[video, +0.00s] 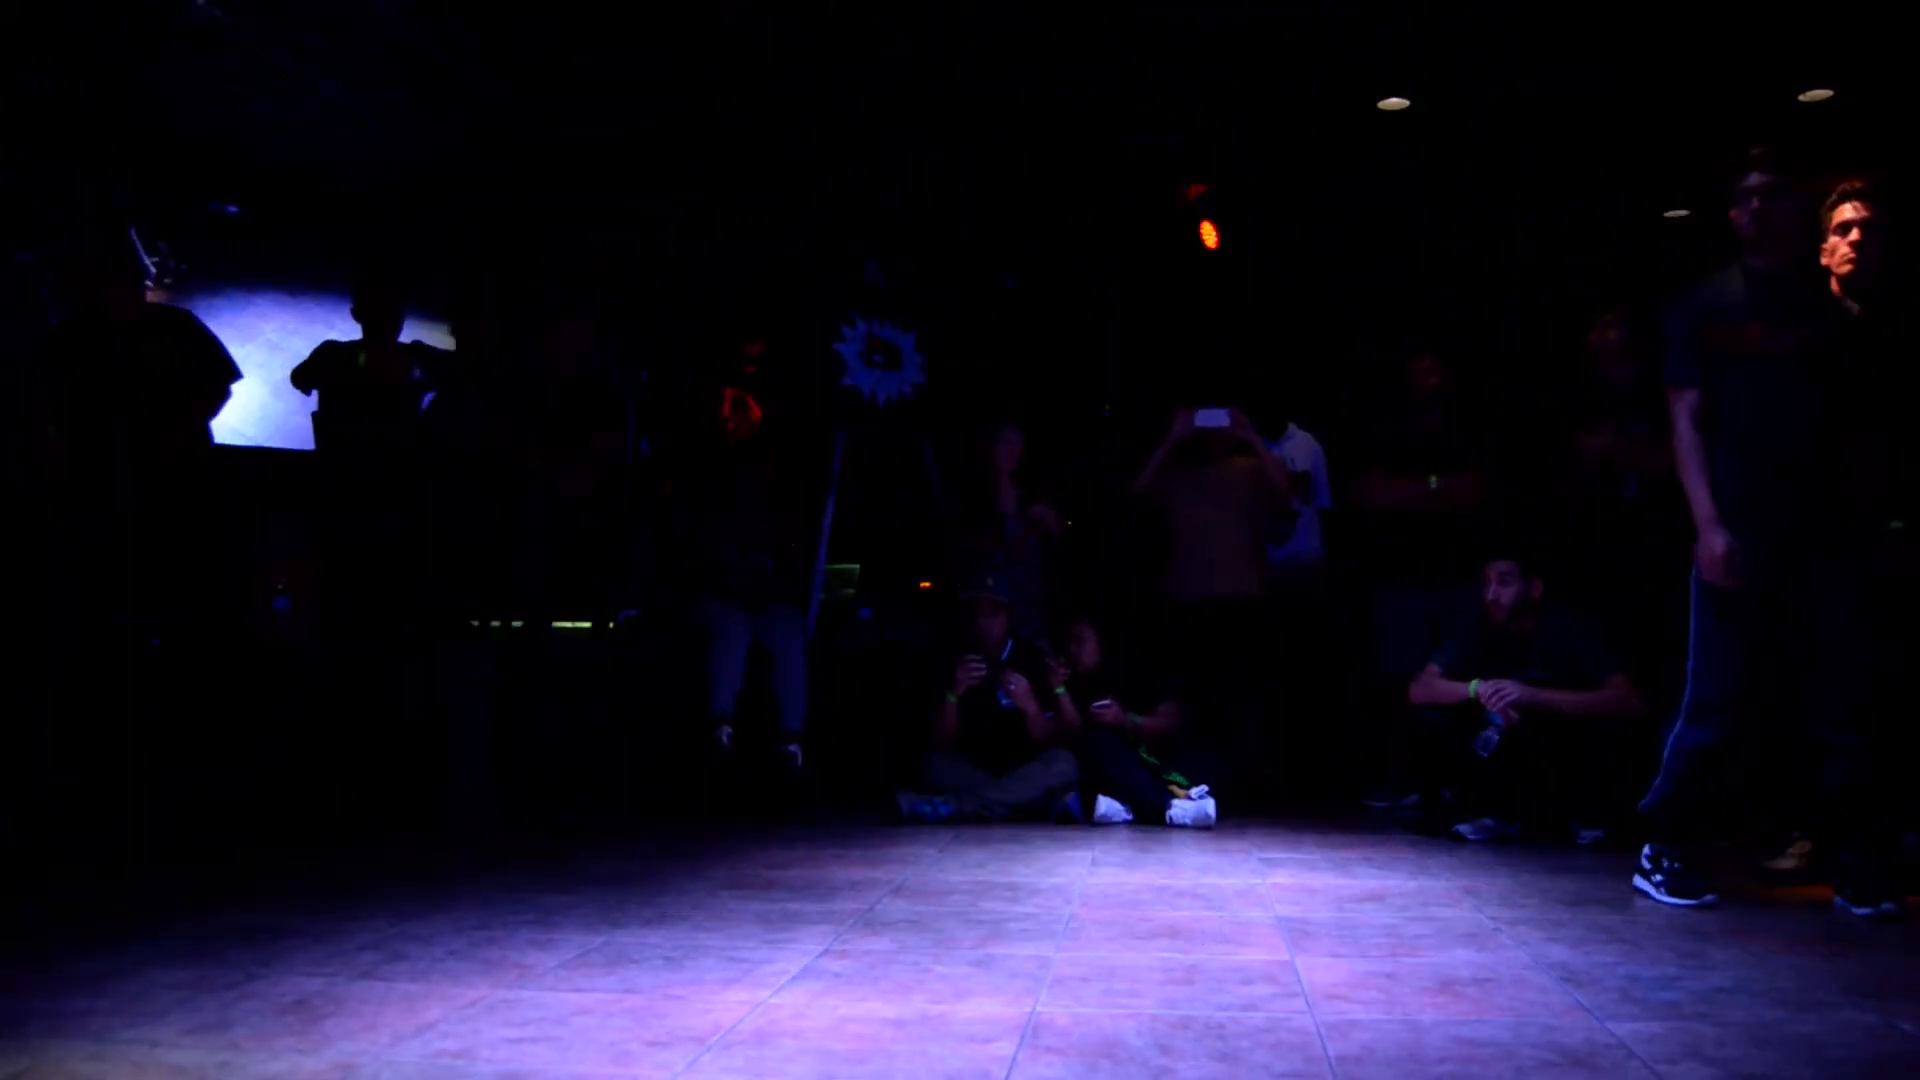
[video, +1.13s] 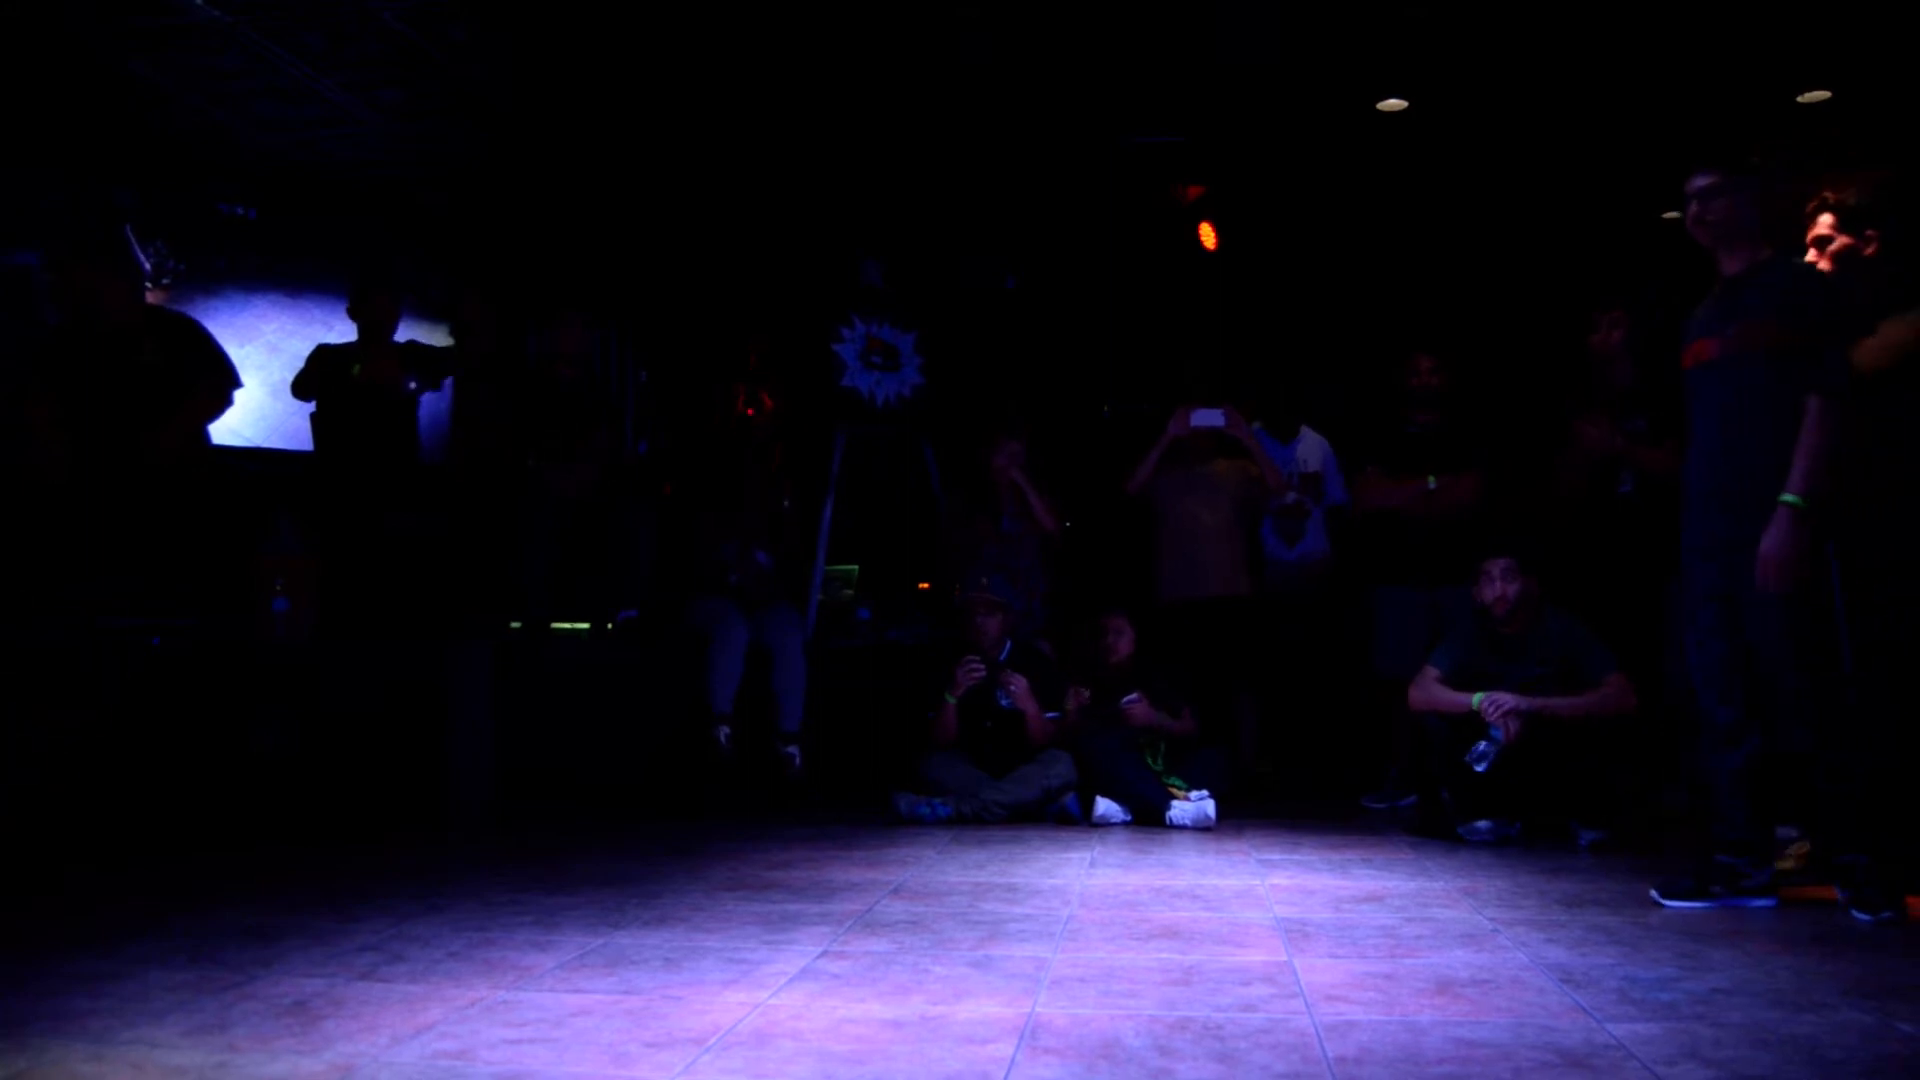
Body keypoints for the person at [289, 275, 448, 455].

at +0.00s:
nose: (385, 322)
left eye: (392, 314)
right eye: (377, 313)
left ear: (401, 316)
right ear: (357, 314)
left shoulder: (416, 356)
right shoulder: (333, 354)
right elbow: (299, 379)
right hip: (343, 451)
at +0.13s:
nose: (384, 321)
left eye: (391, 312)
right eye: (376, 312)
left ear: (400, 315)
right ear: (356, 314)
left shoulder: (417, 358)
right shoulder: (332, 354)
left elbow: (460, 388)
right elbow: (298, 379)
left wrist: (436, 427)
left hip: (402, 454)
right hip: (342, 455)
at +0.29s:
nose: (383, 321)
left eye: (391, 311)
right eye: (375, 311)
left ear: (401, 314)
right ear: (356, 314)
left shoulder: (421, 362)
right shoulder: (333, 355)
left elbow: (448, 408)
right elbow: (300, 383)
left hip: (402, 461)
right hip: (342, 459)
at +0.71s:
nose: (380, 319)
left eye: (388, 309)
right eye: (373, 308)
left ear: (400, 313)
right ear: (356, 309)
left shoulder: (416, 357)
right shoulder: (330, 353)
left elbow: (452, 391)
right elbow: (300, 384)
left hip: (401, 458)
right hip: (342, 458)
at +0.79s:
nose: (382, 319)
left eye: (390, 309)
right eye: (374, 309)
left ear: (401, 313)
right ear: (357, 310)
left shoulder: (416, 355)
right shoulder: (331, 353)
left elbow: (456, 378)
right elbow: (300, 385)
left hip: (401, 455)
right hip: (342, 456)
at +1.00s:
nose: (382, 319)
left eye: (390, 309)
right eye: (373, 308)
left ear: (400, 313)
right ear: (355, 311)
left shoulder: (411, 354)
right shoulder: (329, 355)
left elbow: (459, 354)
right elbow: (300, 389)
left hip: (399, 458)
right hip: (341, 458)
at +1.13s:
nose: (381, 319)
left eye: (388, 310)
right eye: (372, 309)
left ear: (398, 313)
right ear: (353, 313)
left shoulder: (409, 356)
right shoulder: (328, 357)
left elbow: (459, 358)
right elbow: (300, 391)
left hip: (398, 459)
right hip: (341, 460)